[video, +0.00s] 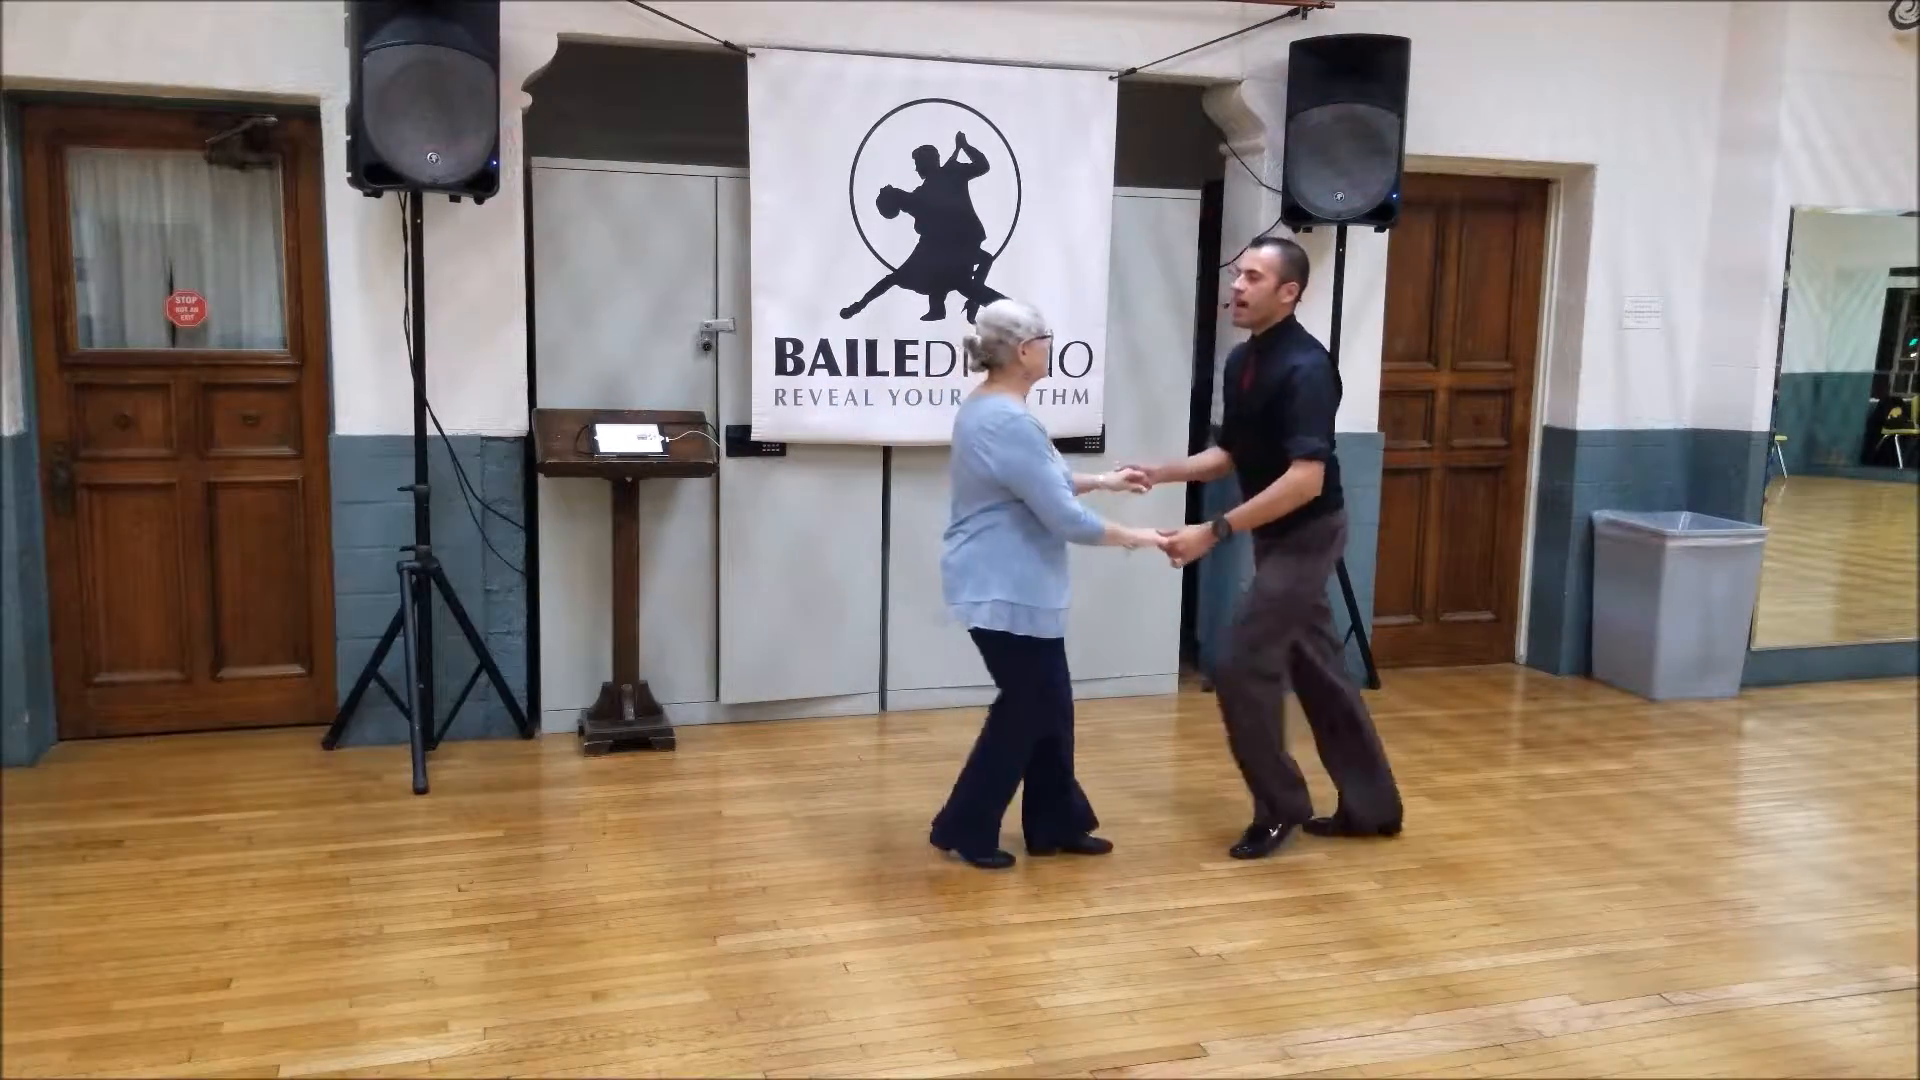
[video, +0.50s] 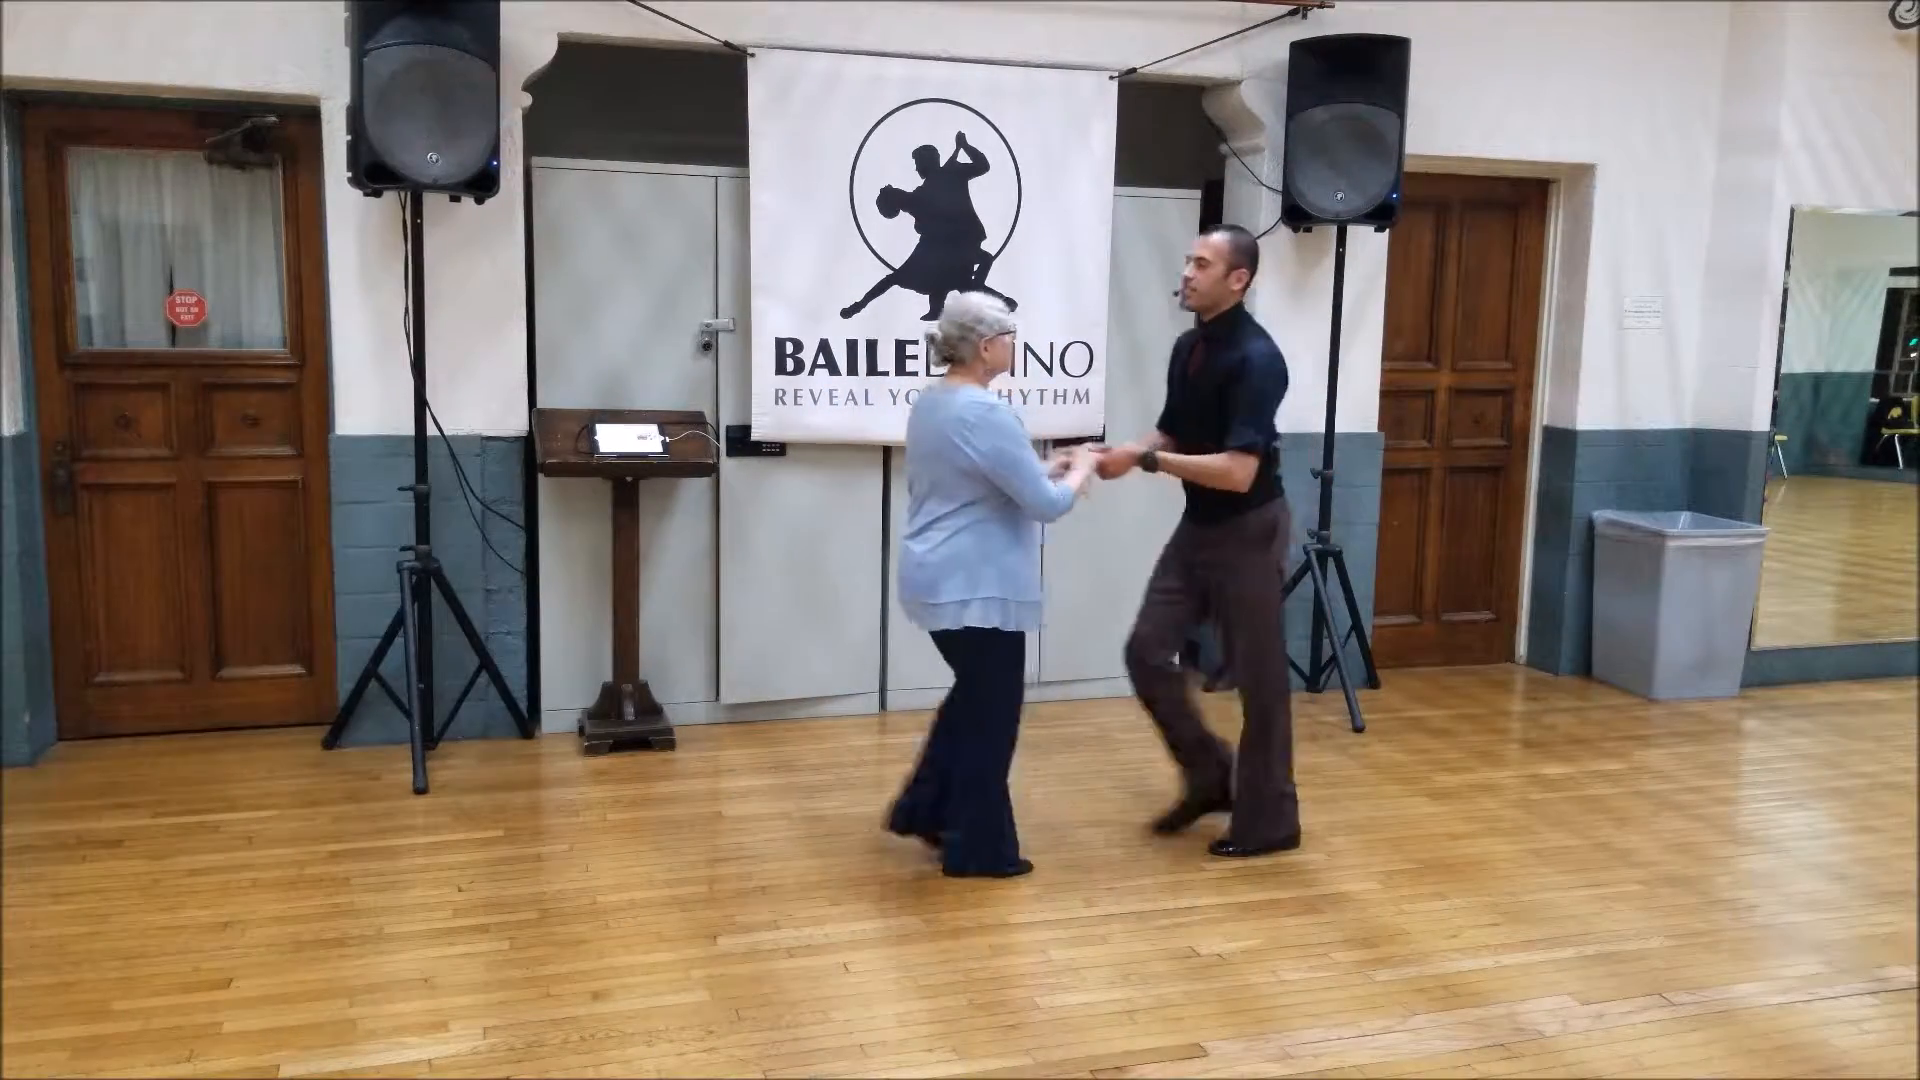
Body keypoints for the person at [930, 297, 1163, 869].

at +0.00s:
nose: (1049, 350)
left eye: (1046, 340)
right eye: (1042, 341)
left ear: (1006, 352)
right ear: (1017, 351)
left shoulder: (986, 412)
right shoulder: (1006, 422)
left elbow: (1041, 484)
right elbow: (1065, 518)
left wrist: (1103, 481)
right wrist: (1135, 536)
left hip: (1011, 584)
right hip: (1007, 588)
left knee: (1049, 703)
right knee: (1031, 703)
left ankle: (1055, 824)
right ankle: (963, 827)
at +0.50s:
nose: (1015, 344)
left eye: (1011, 335)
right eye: (1007, 336)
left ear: (963, 346)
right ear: (981, 345)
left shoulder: (928, 405)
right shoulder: (984, 415)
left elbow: (987, 481)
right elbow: (1046, 502)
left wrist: (1046, 467)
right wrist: (1077, 476)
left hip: (935, 581)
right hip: (981, 588)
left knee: (976, 694)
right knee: (994, 712)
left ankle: (923, 807)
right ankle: (981, 847)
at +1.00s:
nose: (917, 350)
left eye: (915, 340)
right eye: (910, 341)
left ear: (869, 347)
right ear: (882, 346)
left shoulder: (835, 403)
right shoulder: (870, 415)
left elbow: (884, 496)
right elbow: (877, 512)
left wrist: (945, 500)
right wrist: (945, 531)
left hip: (815, 582)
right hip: (854, 589)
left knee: (827, 704)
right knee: (883, 702)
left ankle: (820, 837)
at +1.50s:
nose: (872, 353)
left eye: (870, 344)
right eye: (865, 344)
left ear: (829, 351)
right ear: (835, 351)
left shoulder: (796, 406)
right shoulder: (818, 417)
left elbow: (848, 502)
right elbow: (870, 518)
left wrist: (909, 493)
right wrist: (932, 509)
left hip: (812, 594)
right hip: (800, 596)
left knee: (819, 723)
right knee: (770, 724)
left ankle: (785, 848)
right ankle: (685, 847)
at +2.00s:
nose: (932, 350)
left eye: (930, 340)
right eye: (926, 341)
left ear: (879, 347)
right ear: (900, 349)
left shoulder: (839, 405)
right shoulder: (909, 419)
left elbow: (954, 471)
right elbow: (986, 490)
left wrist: (1043, 466)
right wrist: (1059, 473)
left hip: (838, 590)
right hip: (905, 595)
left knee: (835, 716)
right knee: (919, 723)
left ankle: (797, 844)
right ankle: (910, 846)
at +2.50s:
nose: (1025, 346)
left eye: (1022, 336)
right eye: (1014, 338)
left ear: (994, 348)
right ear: (980, 348)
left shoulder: (1005, 409)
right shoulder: (945, 417)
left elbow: (1054, 460)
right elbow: (977, 516)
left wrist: (1134, 461)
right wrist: (1061, 509)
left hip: (1005, 590)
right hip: (948, 592)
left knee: (1019, 716)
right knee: (942, 719)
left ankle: (1016, 832)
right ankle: (908, 833)